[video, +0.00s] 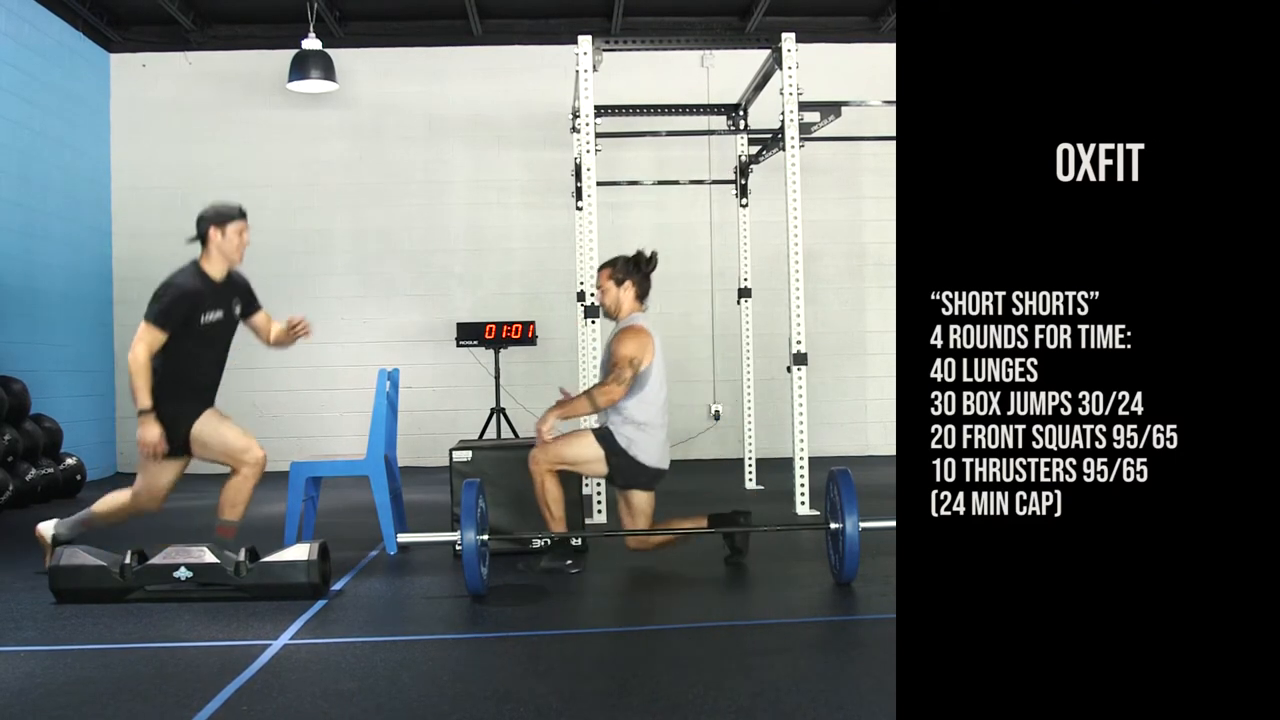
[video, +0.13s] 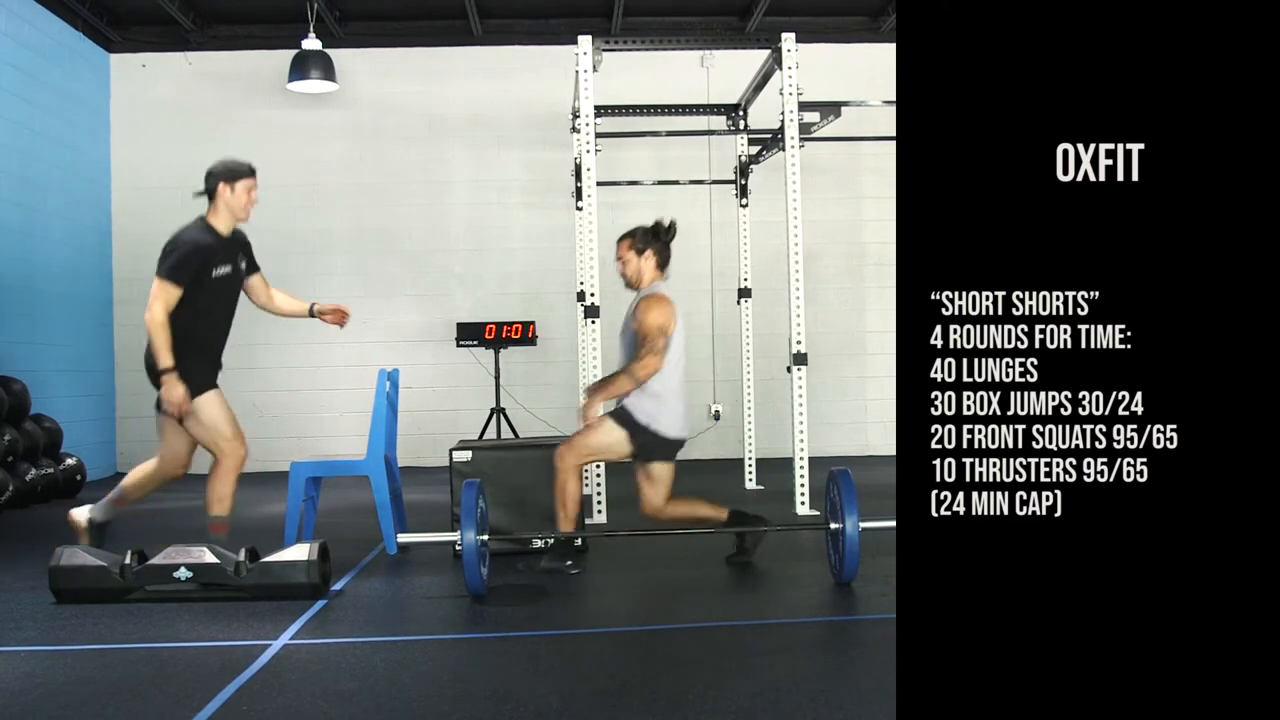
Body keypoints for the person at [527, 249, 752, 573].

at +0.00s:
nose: (598, 298)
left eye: (602, 290)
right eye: (598, 291)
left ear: (627, 288)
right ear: (626, 290)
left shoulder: (630, 337)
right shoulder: (637, 334)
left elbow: (611, 392)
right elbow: (621, 392)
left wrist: (555, 414)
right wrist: (580, 399)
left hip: (628, 445)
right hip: (643, 449)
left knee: (540, 460)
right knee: (638, 540)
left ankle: (563, 548)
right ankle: (725, 523)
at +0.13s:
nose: (620, 268)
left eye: (624, 260)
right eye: (619, 261)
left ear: (648, 258)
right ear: (646, 260)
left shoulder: (652, 306)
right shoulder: (654, 303)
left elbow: (648, 364)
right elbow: (641, 365)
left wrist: (597, 397)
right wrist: (598, 389)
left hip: (647, 420)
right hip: (662, 424)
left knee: (567, 456)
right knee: (655, 506)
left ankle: (568, 547)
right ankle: (742, 521)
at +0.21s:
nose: (631, 247)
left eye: (635, 238)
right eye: (630, 240)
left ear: (659, 235)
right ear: (658, 236)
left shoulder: (668, 280)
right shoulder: (665, 279)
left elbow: (684, 337)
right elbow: (668, 343)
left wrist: (636, 381)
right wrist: (640, 388)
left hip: (666, 400)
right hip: (681, 402)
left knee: (601, 453)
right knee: (679, 483)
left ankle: (573, 543)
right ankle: (757, 524)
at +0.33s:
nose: (644, 231)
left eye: (648, 222)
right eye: (643, 223)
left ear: (672, 217)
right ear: (673, 219)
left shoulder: (688, 260)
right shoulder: (679, 260)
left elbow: (730, 304)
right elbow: (727, 295)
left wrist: (695, 358)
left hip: (691, 383)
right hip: (701, 383)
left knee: (628, 441)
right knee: (717, 461)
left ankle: (641, 535)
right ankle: (773, 532)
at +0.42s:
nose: (652, 228)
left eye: (656, 219)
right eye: (651, 221)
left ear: (679, 214)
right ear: (679, 215)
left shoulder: (698, 255)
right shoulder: (687, 254)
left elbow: (744, 294)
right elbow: (738, 290)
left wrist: (713, 346)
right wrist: (705, 344)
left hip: (704, 377)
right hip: (708, 376)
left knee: (650, 449)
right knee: (726, 459)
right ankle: (775, 533)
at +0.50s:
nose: (659, 228)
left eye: (662, 219)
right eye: (657, 221)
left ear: (686, 212)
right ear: (684, 214)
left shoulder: (705, 251)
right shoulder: (693, 252)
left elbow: (750, 288)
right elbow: (741, 288)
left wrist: (714, 335)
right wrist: (703, 338)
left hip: (709, 371)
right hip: (709, 370)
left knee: (689, 465)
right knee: (725, 459)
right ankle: (773, 533)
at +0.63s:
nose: (665, 236)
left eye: (667, 227)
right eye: (662, 229)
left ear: (691, 219)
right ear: (690, 221)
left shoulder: (710, 257)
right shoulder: (695, 263)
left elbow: (751, 299)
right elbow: (744, 302)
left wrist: (719, 352)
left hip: (722, 383)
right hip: (700, 386)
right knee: (679, 460)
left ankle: (819, 527)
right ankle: (753, 520)